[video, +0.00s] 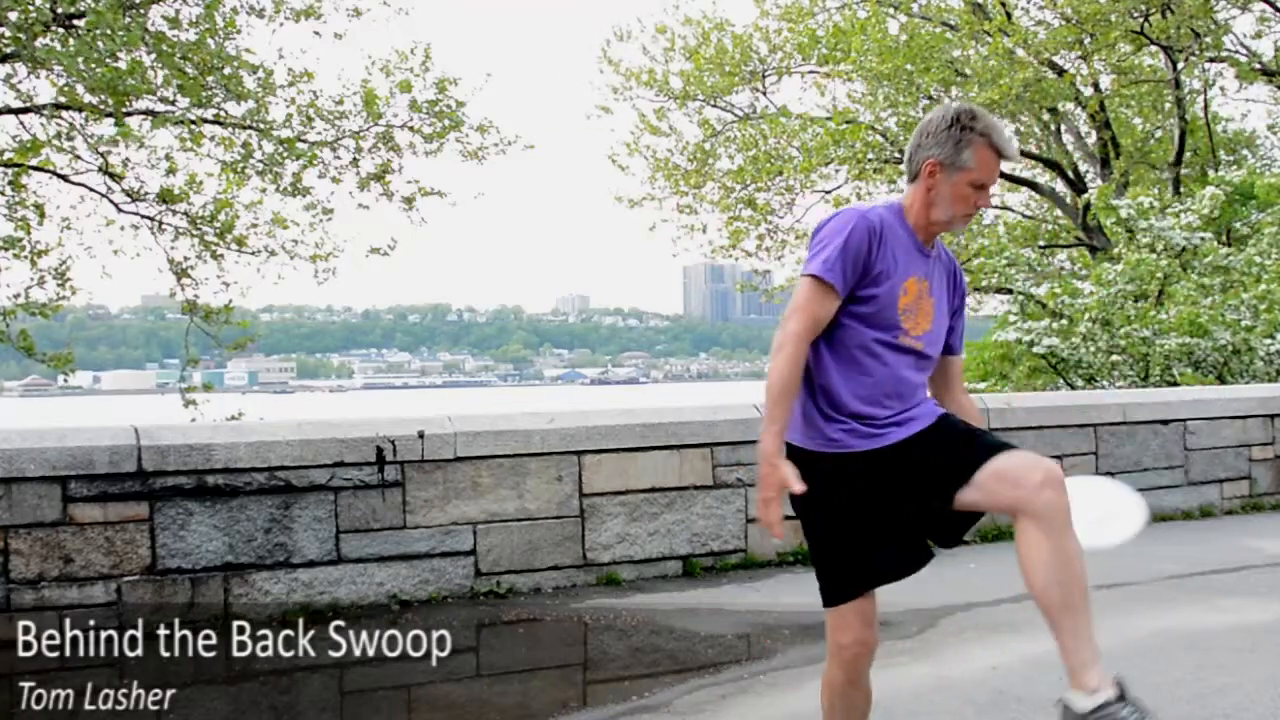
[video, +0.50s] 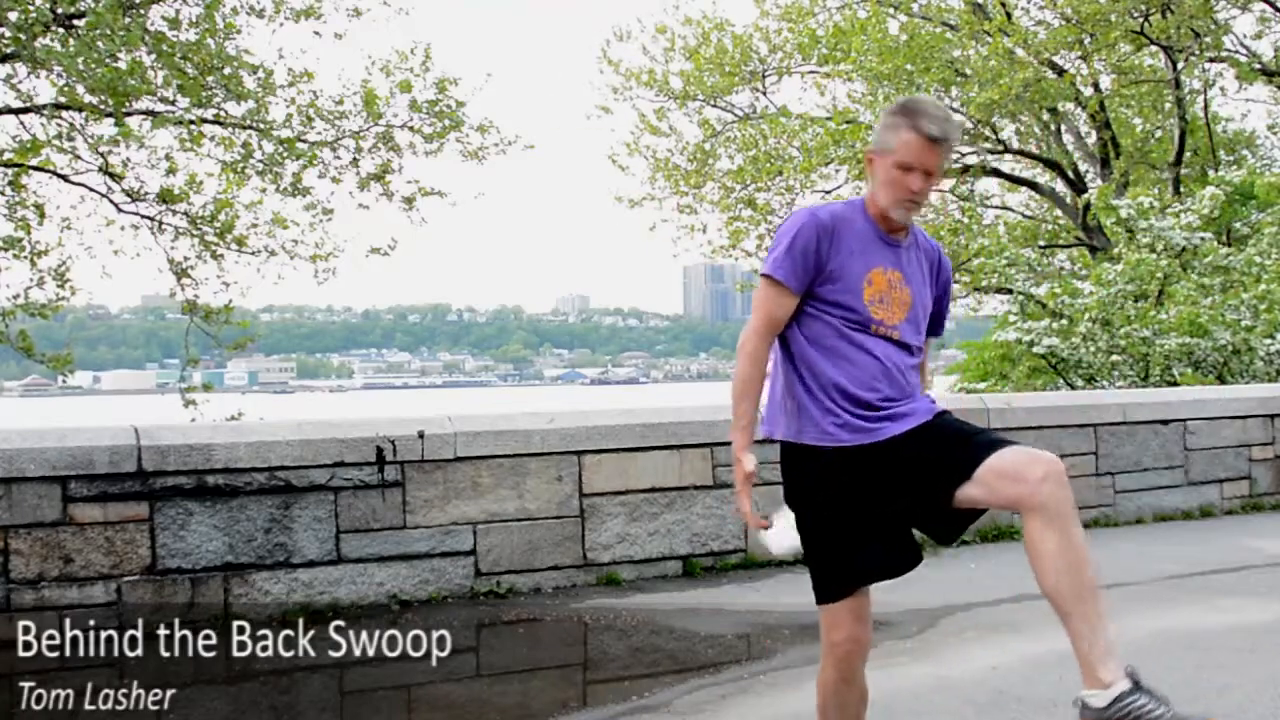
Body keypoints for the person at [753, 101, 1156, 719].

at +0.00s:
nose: (985, 203)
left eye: (990, 190)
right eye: (977, 186)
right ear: (930, 173)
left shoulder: (947, 276)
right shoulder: (858, 229)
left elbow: (949, 391)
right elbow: (794, 335)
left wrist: (1003, 479)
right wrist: (771, 452)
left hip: (914, 438)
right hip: (833, 455)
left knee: (1040, 484)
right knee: (852, 646)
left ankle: (1091, 689)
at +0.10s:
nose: (978, 210)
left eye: (985, 197)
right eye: (971, 193)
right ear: (924, 175)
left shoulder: (942, 276)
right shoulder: (852, 231)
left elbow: (945, 389)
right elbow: (786, 338)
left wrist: (994, 488)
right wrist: (756, 453)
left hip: (909, 440)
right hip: (828, 457)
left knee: (1039, 474)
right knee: (848, 643)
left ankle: (1103, 679)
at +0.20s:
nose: (965, 212)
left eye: (974, 200)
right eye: (957, 195)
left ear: (974, 196)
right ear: (912, 177)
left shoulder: (936, 275)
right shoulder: (838, 233)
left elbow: (936, 384)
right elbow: (773, 335)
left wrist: (977, 483)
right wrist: (739, 447)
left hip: (906, 440)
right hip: (823, 456)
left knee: (1037, 467)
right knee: (845, 645)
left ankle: (1120, 668)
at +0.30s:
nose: (956, 209)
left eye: (965, 196)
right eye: (946, 193)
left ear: (968, 192)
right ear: (902, 175)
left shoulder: (933, 273)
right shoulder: (832, 233)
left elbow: (929, 378)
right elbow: (765, 337)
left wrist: (960, 478)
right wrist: (735, 447)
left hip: (907, 439)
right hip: (822, 455)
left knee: (1037, 466)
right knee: (845, 642)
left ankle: (1123, 666)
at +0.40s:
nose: (933, 196)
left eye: (944, 184)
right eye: (922, 179)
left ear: (951, 182)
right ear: (880, 166)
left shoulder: (929, 266)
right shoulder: (819, 231)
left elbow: (920, 375)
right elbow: (757, 337)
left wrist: (942, 464)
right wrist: (737, 448)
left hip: (906, 436)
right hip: (822, 452)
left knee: (1040, 473)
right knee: (846, 642)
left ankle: (1115, 679)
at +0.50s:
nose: (919, 187)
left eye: (931, 175)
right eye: (907, 170)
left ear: (941, 177)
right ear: (870, 160)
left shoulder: (930, 262)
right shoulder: (815, 229)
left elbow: (915, 371)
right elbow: (757, 338)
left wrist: (939, 457)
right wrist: (741, 451)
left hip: (908, 436)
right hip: (825, 453)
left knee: (1042, 478)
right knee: (846, 641)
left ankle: (1106, 685)